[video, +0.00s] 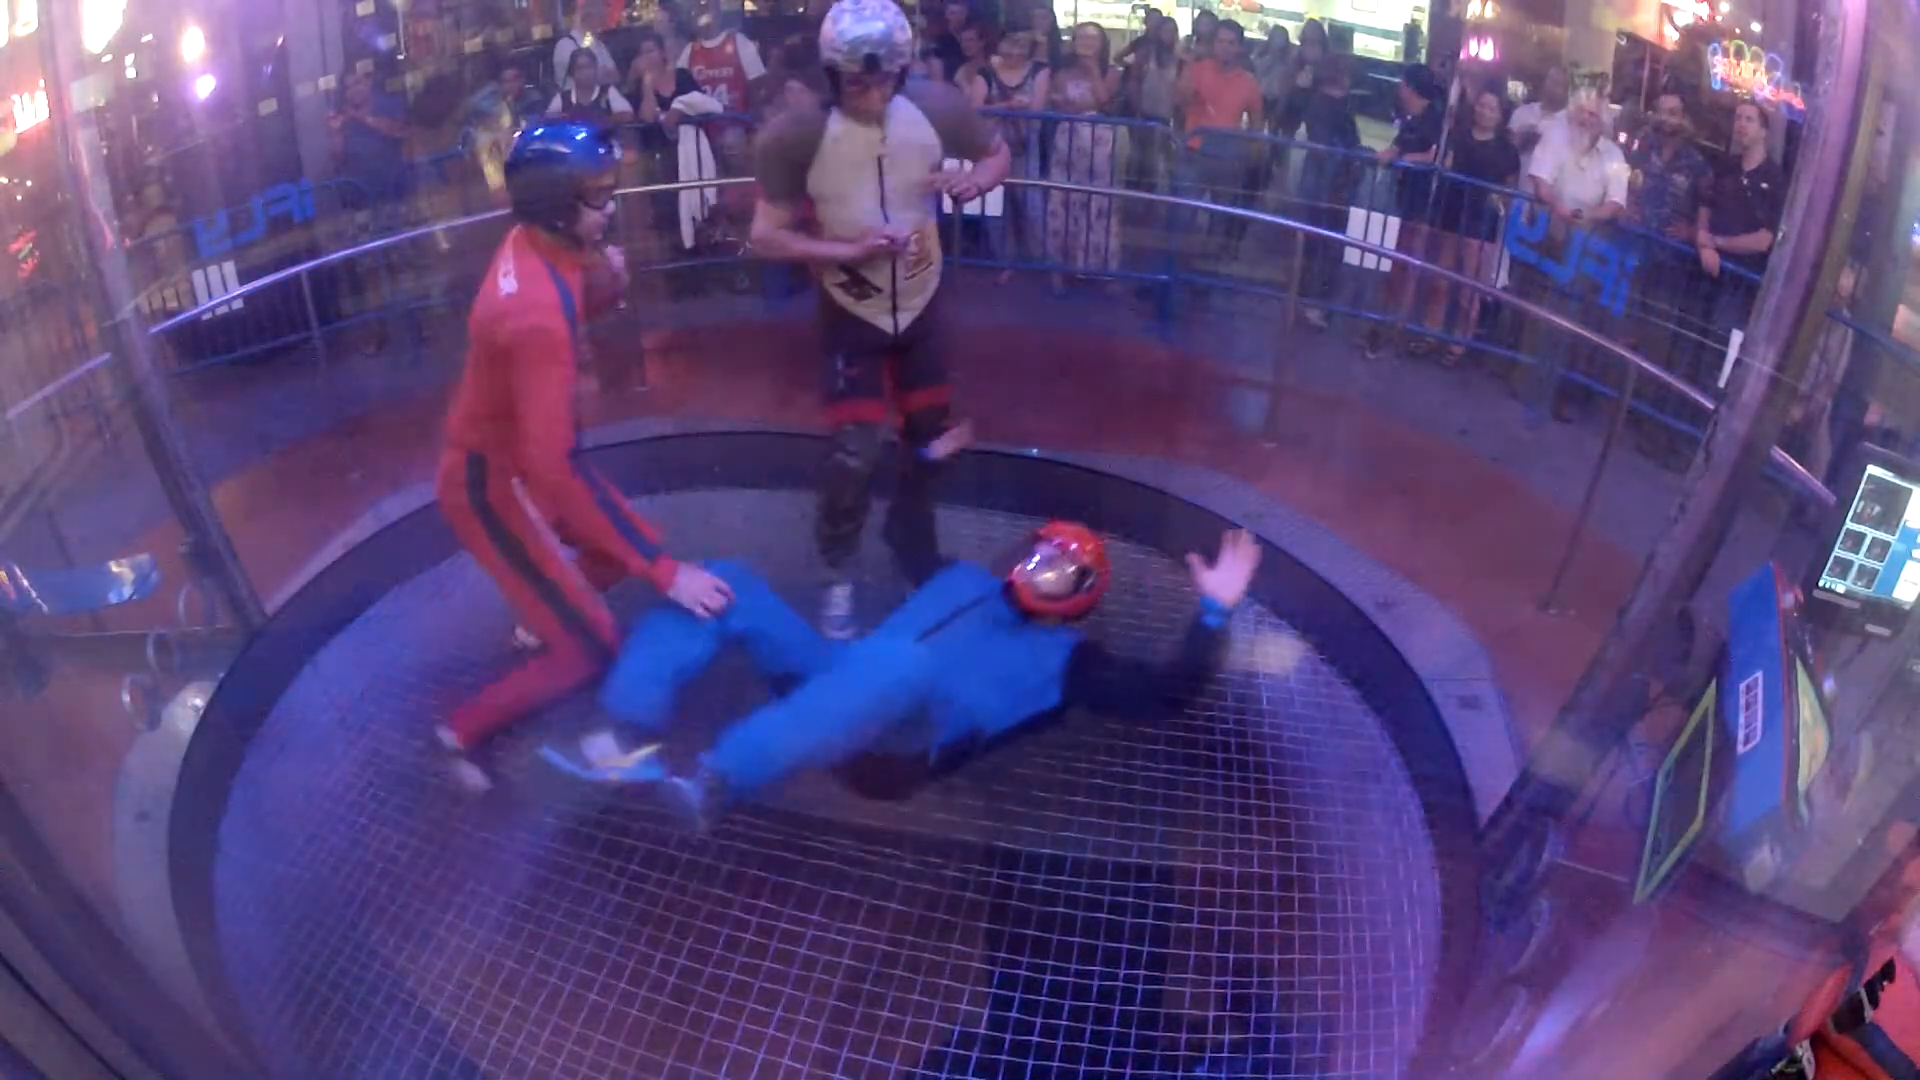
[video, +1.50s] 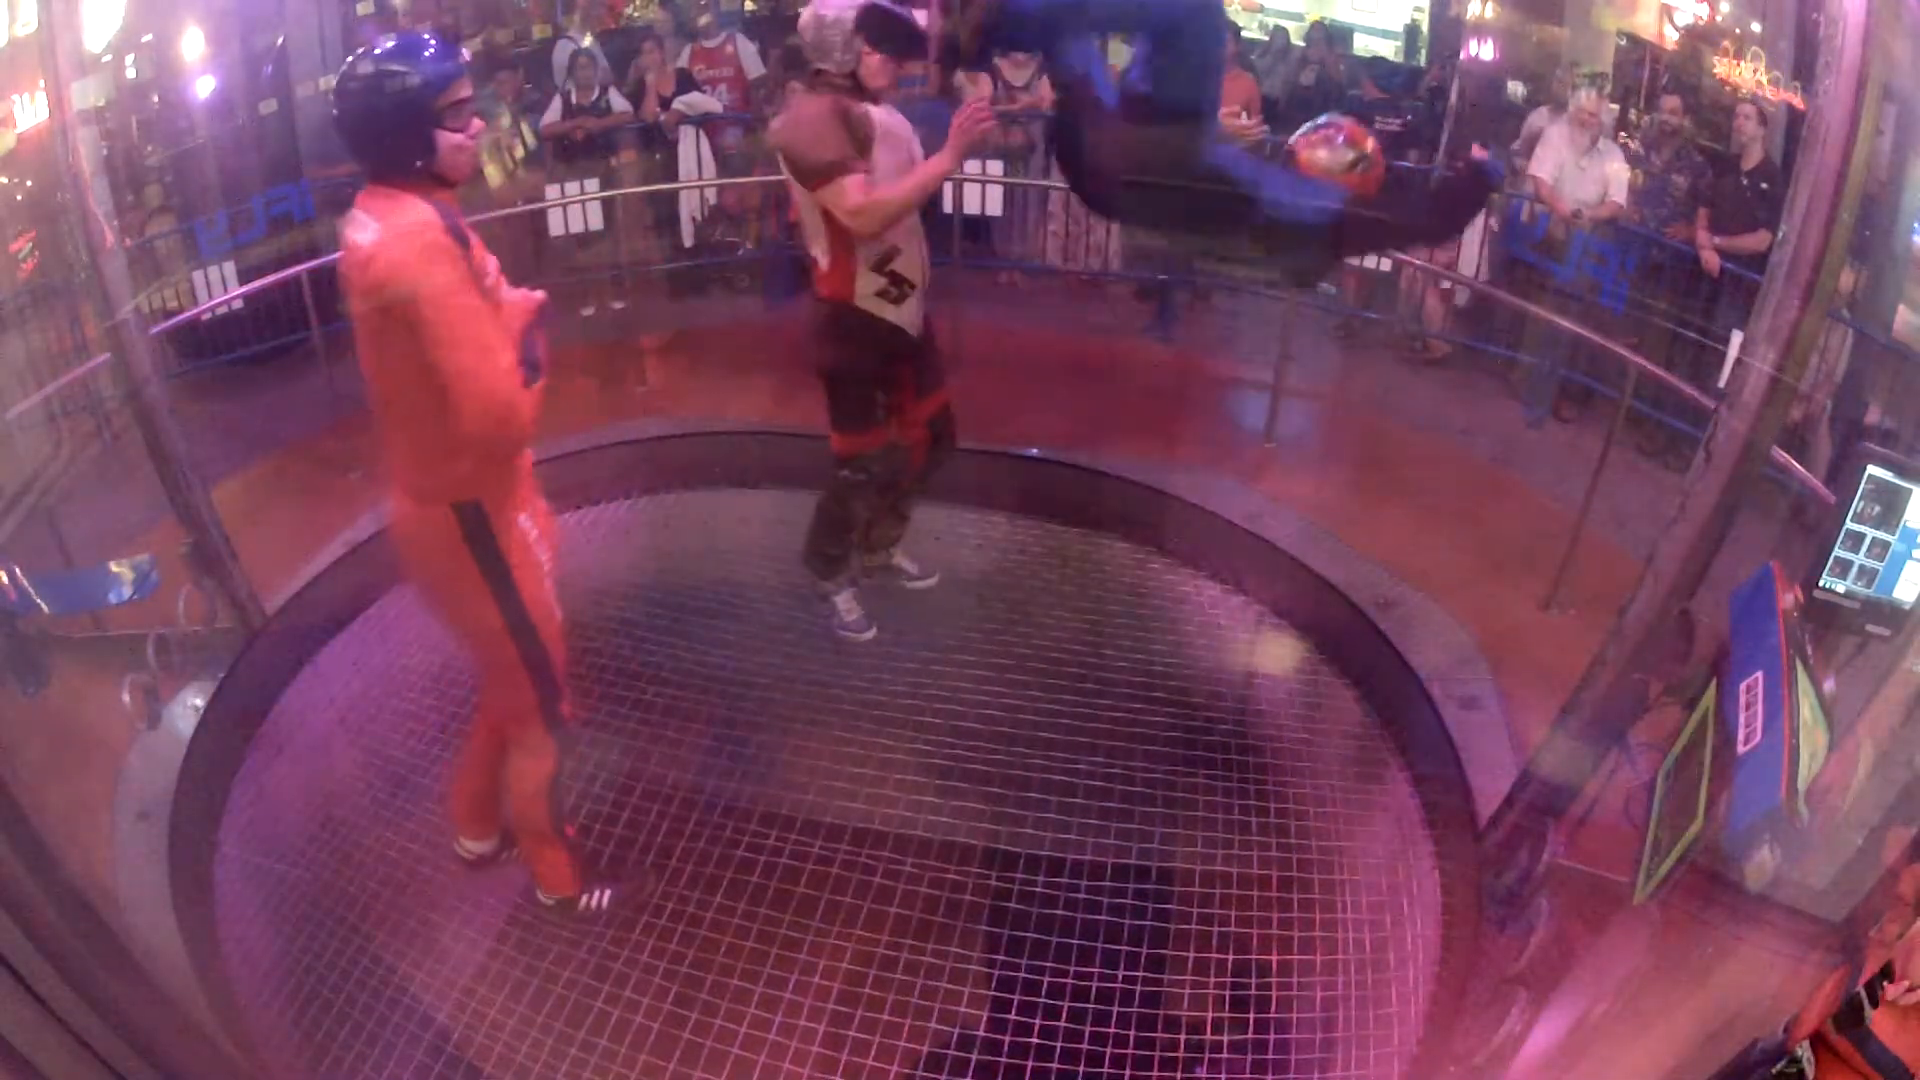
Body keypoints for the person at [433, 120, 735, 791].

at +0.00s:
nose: (612, 211)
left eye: (610, 197)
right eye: (600, 201)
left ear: (559, 202)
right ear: (561, 209)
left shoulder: (535, 243)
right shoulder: (537, 315)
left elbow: (559, 312)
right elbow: (546, 472)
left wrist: (599, 290)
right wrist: (662, 570)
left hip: (527, 450)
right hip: (487, 484)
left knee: (633, 547)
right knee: (586, 647)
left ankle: (537, 617)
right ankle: (457, 734)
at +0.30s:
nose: (641, 219)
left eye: (638, 206)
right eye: (630, 212)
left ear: (554, 206)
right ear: (593, 226)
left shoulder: (524, 233)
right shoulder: (565, 332)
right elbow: (634, 486)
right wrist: (756, 562)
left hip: (494, 457)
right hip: (463, 486)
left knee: (577, 567)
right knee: (569, 681)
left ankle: (515, 653)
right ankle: (551, 873)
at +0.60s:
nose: (612, 179)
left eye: (607, 165)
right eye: (606, 169)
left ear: (508, 170)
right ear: (585, 190)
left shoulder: (467, 208)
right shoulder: (573, 310)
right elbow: (654, 458)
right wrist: (759, 465)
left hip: (428, 462)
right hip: (444, 502)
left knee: (547, 556)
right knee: (564, 696)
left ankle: (489, 675)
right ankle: (553, 880)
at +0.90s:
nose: (564, 127)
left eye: (561, 112)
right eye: (557, 113)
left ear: (452, 117)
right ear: (539, 126)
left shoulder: (403, 195)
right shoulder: (552, 234)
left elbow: (346, 289)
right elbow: (687, 345)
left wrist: (438, 254)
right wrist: (778, 335)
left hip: (401, 489)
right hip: (477, 502)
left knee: (499, 608)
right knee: (556, 706)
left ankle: (468, 746)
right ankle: (557, 882)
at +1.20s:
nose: (512, 121)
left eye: (509, 104)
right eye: (494, 107)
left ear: (414, 129)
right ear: (441, 122)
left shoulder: (390, 221)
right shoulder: (480, 230)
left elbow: (370, 337)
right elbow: (572, 381)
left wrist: (482, 292)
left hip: (438, 489)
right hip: (496, 499)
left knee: (526, 642)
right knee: (555, 704)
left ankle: (469, 788)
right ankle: (558, 880)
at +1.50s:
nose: (477, 129)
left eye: (473, 111)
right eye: (458, 116)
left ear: (400, 135)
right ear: (410, 133)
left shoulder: (406, 215)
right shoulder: (412, 247)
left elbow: (486, 322)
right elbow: (489, 422)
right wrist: (522, 346)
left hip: (481, 489)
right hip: (461, 512)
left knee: (522, 659)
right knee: (533, 693)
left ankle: (474, 820)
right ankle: (554, 877)